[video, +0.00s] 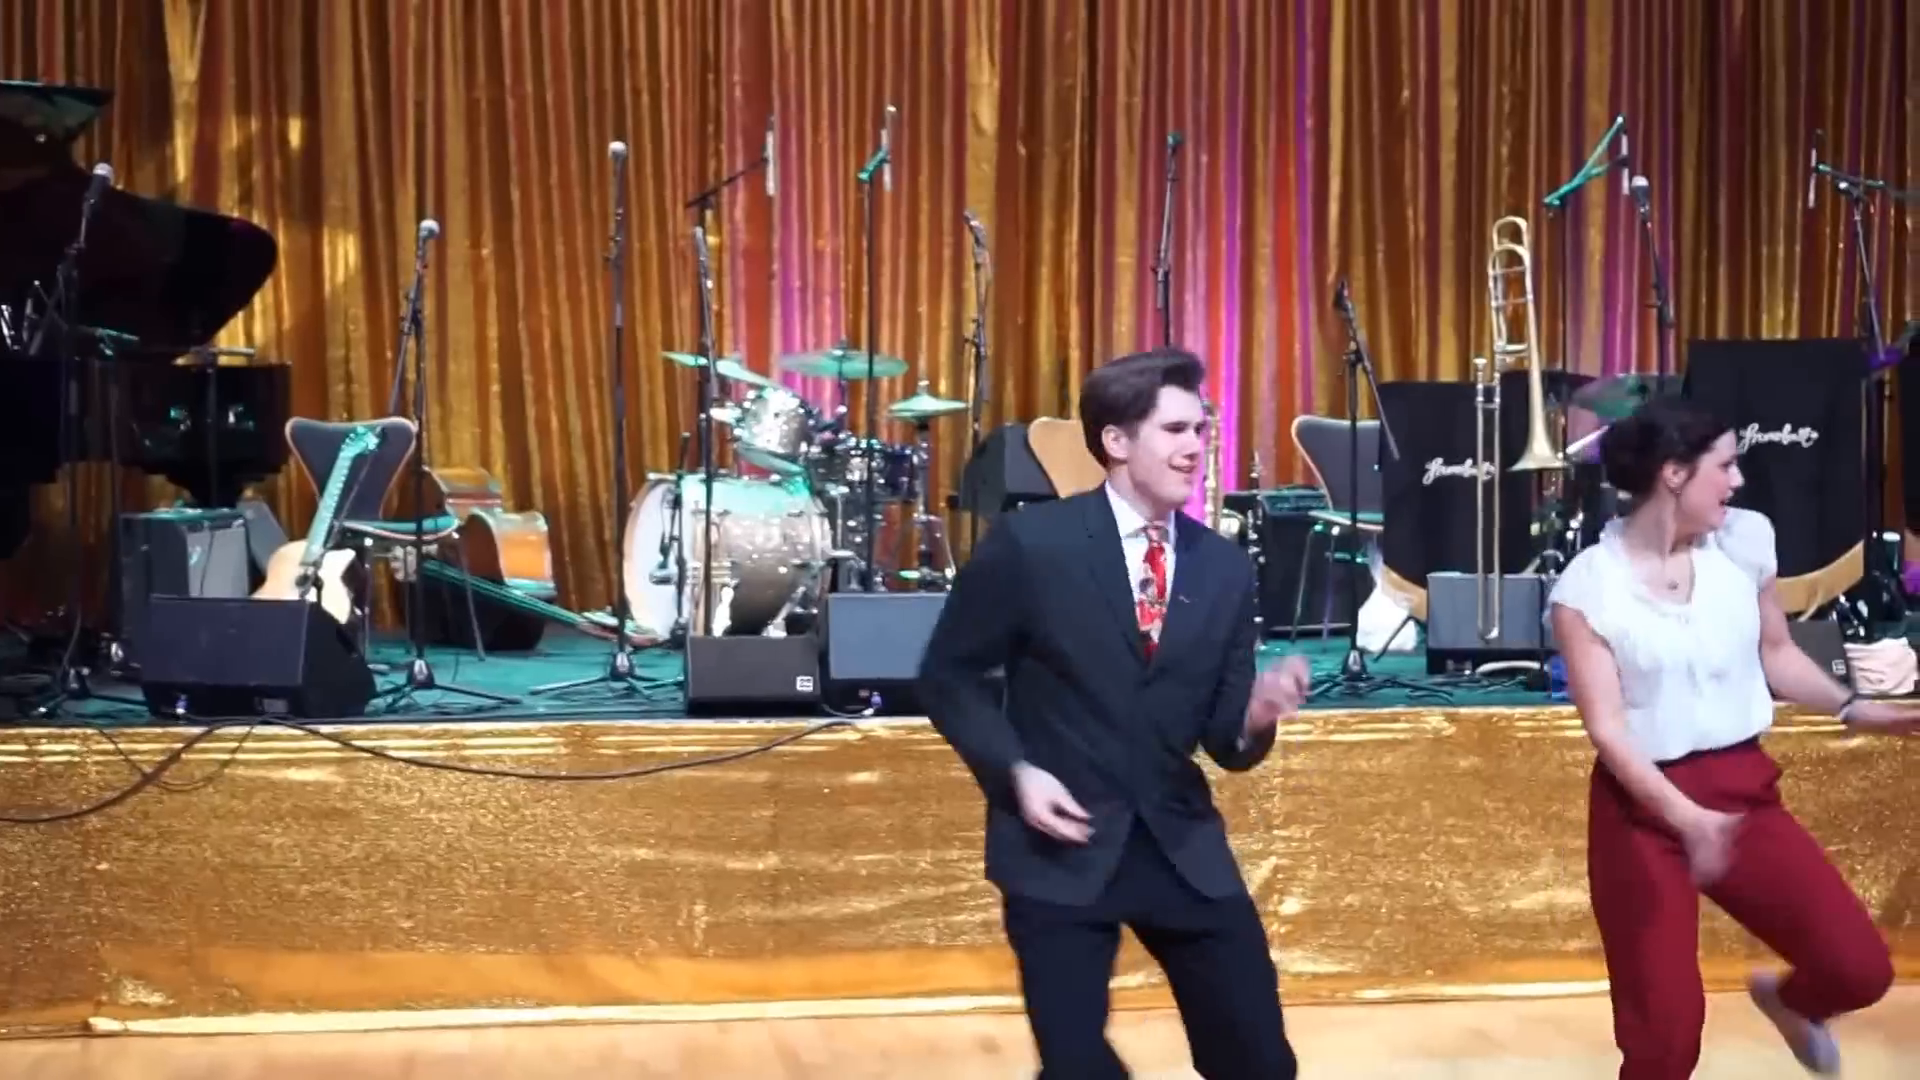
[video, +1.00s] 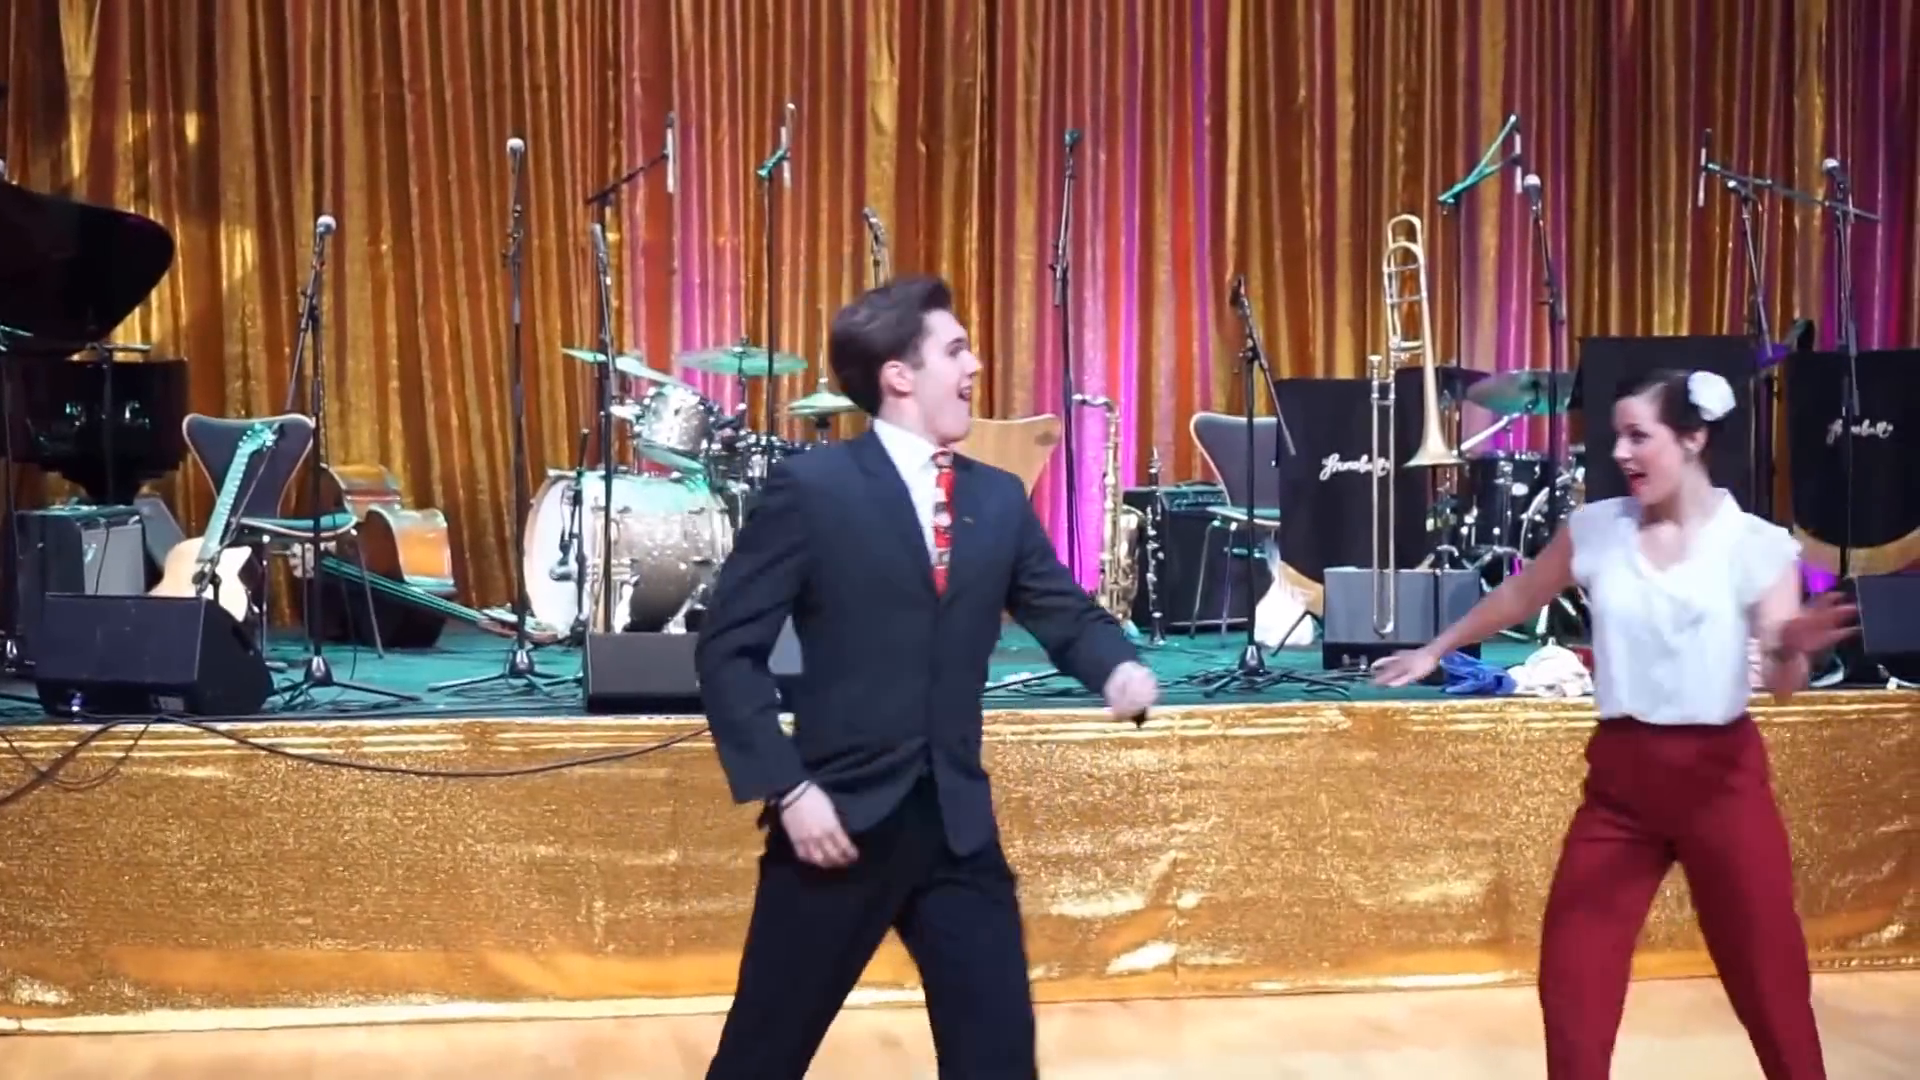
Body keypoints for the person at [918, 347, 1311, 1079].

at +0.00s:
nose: (1194, 447)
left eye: (1201, 429)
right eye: (1175, 428)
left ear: (1210, 438)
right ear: (1115, 444)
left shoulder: (1225, 567)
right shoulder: (1027, 546)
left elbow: (1228, 742)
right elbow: (947, 674)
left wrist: (1257, 721)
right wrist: (1015, 772)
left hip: (1181, 844)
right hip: (1056, 846)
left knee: (1257, 1059)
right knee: (1073, 1061)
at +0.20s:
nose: (1138, 401)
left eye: (1141, 384)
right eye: (1120, 379)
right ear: (1056, 389)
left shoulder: (1138, 528)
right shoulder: (955, 457)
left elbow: (1204, 644)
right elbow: (819, 537)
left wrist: (1314, 669)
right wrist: (832, 641)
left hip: (1083, 799)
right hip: (957, 791)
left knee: (1128, 1039)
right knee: (893, 1028)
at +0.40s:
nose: (996, 432)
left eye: (996, 414)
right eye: (976, 414)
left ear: (983, 427)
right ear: (908, 430)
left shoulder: (1024, 541)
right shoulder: (812, 510)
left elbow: (1126, 658)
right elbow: (650, 549)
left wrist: (1251, 757)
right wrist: (659, 600)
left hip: (985, 830)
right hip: (851, 831)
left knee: (1066, 1045)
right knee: (798, 1051)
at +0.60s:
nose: (846, 528)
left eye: (842, 505)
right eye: (819, 524)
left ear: (848, 494)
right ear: (766, 553)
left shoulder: (930, 578)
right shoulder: (721, 643)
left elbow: (1015, 697)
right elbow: (685, 809)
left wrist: (1109, 807)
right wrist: (653, 746)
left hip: (917, 851)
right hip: (792, 853)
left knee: (859, 1066)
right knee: (754, 1067)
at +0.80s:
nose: (895, 377)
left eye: (891, 358)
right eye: (871, 365)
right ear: (814, 397)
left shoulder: (942, 469)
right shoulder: (730, 522)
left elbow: (1010, 615)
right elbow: (733, 695)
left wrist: (1069, 747)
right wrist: (752, 853)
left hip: (930, 798)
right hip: (798, 804)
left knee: (952, 1047)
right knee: (746, 1051)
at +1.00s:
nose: (973, 367)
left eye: (968, 349)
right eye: (953, 349)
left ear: (916, 377)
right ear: (897, 377)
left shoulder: (998, 498)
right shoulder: (810, 486)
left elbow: (1060, 607)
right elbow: (727, 644)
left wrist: (1115, 665)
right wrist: (787, 788)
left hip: (957, 825)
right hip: (835, 822)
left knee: (998, 1060)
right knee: (762, 1060)